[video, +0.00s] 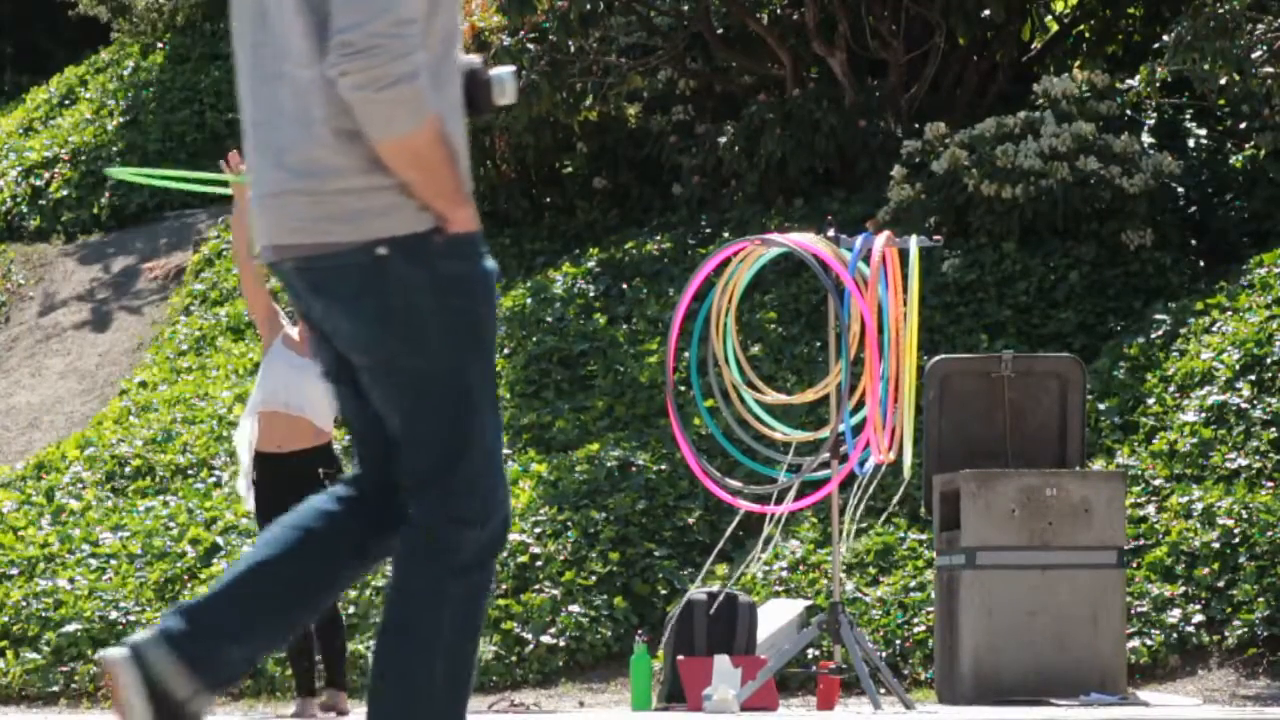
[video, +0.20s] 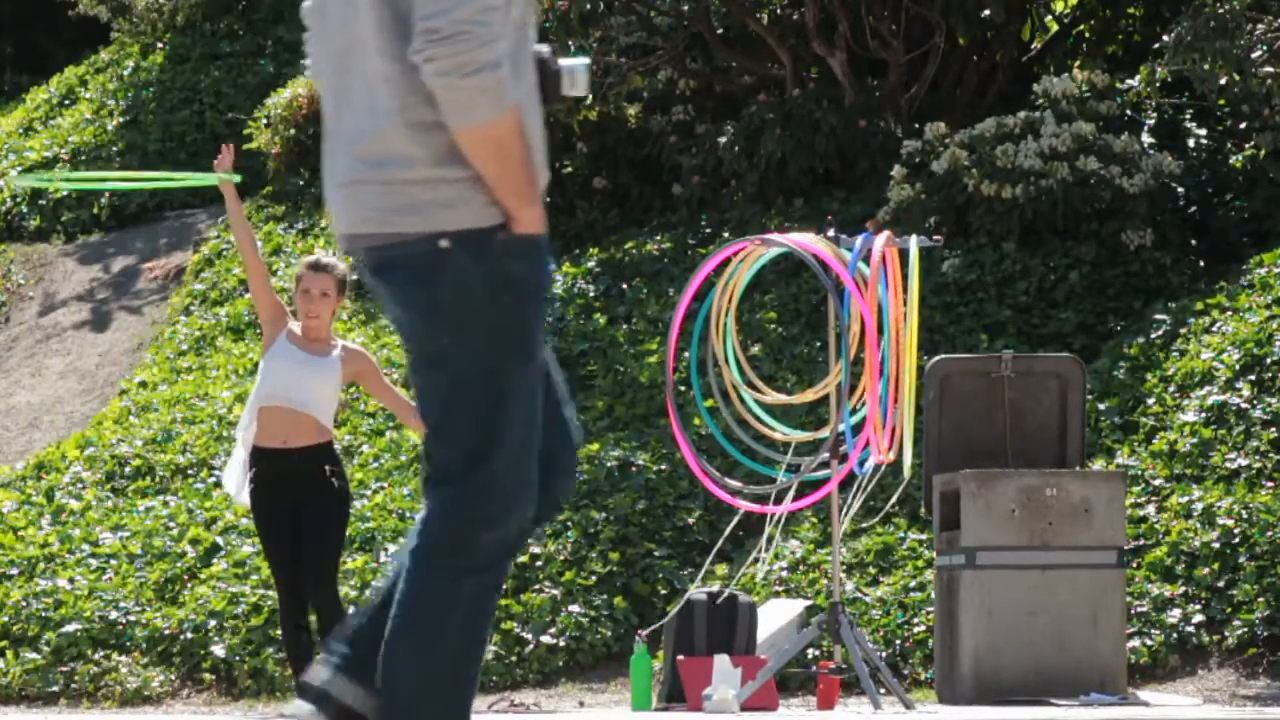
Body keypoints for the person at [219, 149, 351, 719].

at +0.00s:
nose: (309, 309)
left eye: (322, 305)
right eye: (304, 303)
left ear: (341, 317)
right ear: (294, 310)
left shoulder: (339, 357)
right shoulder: (276, 336)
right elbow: (248, 264)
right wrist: (241, 195)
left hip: (318, 464)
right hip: (269, 468)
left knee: (322, 585)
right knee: (287, 583)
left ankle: (336, 690)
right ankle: (305, 695)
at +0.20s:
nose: (312, 301)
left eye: (322, 294)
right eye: (306, 292)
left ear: (338, 301)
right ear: (294, 296)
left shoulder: (351, 358)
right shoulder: (275, 330)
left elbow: (405, 409)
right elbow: (250, 258)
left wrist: (447, 437)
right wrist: (228, 187)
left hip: (320, 470)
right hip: (267, 471)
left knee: (322, 589)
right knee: (290, 593)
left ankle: (351, 690)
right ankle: (311, 698)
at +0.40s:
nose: (322, 304)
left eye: (332, 298)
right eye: (314, 294)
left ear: (343, 304)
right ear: (299, 296)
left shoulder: (347, 358)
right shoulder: (279, 327)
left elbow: (404, 401)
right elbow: (254, 259)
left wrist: (459, 436)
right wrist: (238, 197)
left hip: (321, 466)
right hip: (268, 466)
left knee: (330, 588)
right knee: (291, 590)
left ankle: (316, 671)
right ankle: (305, 693)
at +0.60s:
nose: (330, 306)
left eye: (339, 300)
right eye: (323, 297)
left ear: (346, 307)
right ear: (303, 297)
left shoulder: (344, 358)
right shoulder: (278, 322)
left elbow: (396, 401)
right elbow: (260, 256)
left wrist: (449, 431)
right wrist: (263, 198)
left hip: (319, 465)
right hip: (267, 465)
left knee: (329, 581)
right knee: (292, 586)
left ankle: (292, 655)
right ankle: (305, 695)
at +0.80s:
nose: (343, 307)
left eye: (347, 300)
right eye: (336, 297)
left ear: (344, 306)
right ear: (308, 294)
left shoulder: (339, 357)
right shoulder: (277, 325)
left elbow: (360, 411)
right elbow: (260, 252)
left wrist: (379, 455)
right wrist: (284, 206)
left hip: (321, 466)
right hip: (274, 463)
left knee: (321, 585)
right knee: (296, 585)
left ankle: (278, 672)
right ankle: (305, 696)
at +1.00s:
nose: (343, 303)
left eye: (347, 295)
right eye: (337, 293)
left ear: (334, 302)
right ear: (306, 293)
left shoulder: (330, 349)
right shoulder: (278, 329)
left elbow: (318, 412)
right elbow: (260, 254)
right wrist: (303, 217)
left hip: (321, 467)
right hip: (281, 464)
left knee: (307, 583)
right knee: (298, 582)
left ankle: (274, 686)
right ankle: (306, 693)